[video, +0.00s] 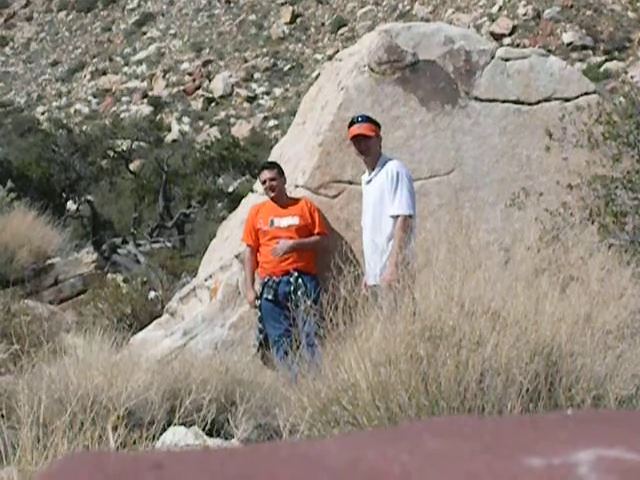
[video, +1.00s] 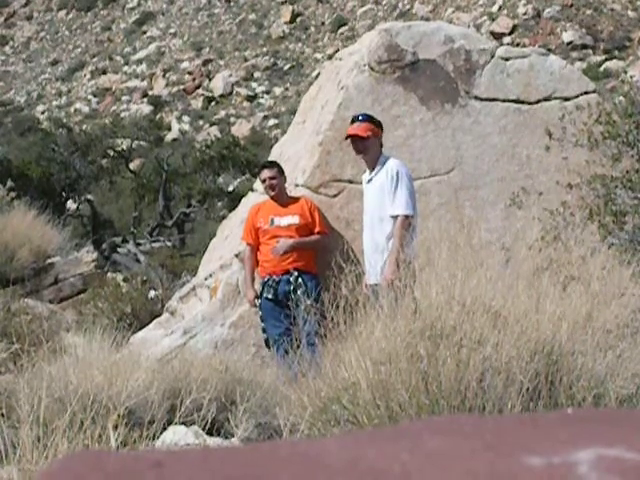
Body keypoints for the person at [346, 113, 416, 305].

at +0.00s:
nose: (361, 145)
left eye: (366, 138)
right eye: (356, 141)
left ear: (378, 138)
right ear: (352, 145)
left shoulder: (395, 170)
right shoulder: (366, 179)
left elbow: (404, 220)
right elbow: (371, 228)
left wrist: (393, 267)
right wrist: (369, 272)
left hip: (391, 273)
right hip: (374, 275)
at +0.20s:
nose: (361, 144)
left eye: (366, 137)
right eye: (356, 140)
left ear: (378, 137)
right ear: (352, 144)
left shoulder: (395, 169)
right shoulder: (366, 178)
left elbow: (404, 219)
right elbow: (372, 228)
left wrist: (393, 265)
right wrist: (369, 272)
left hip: (392, 272)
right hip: (374, 274)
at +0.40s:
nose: (361, 144)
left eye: (366, 138)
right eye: (356, 140)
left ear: (378, 137)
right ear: (352, 144)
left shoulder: (395, 169)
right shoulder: (366, 178)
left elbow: (404, 219)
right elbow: (370, 228)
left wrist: (393, 265)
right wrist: (368, 272)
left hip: (392, 272)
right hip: (374, 274)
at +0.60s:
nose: (361, 144)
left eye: (366, 138)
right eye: (356, 140)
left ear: (379, 137)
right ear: (352, 144)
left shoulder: (395, 169)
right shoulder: (366, 178)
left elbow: (404, 218)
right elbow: (371, 227)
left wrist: (393, 264)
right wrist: (368, 271)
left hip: (393, 272)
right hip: (374, 274)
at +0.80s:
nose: (362, 145)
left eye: (366, 138)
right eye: (356, 140)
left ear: (379, 137)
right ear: (352, 144)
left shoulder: (395, 169)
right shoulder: (366, 178)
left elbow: (404, 218)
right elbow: (372, 227)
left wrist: (393, 264)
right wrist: (369, 271)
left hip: (392, 271)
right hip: (374, 273)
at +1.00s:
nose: (356, 145)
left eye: (361, 139)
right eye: (352, 140)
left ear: (377, 137)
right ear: (351, 142)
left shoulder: (396, 170)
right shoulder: (367, 178)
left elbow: (404, 218)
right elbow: (372, 227)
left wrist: (393, 264)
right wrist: (369, 271)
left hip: (393, 272)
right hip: (374, 274)